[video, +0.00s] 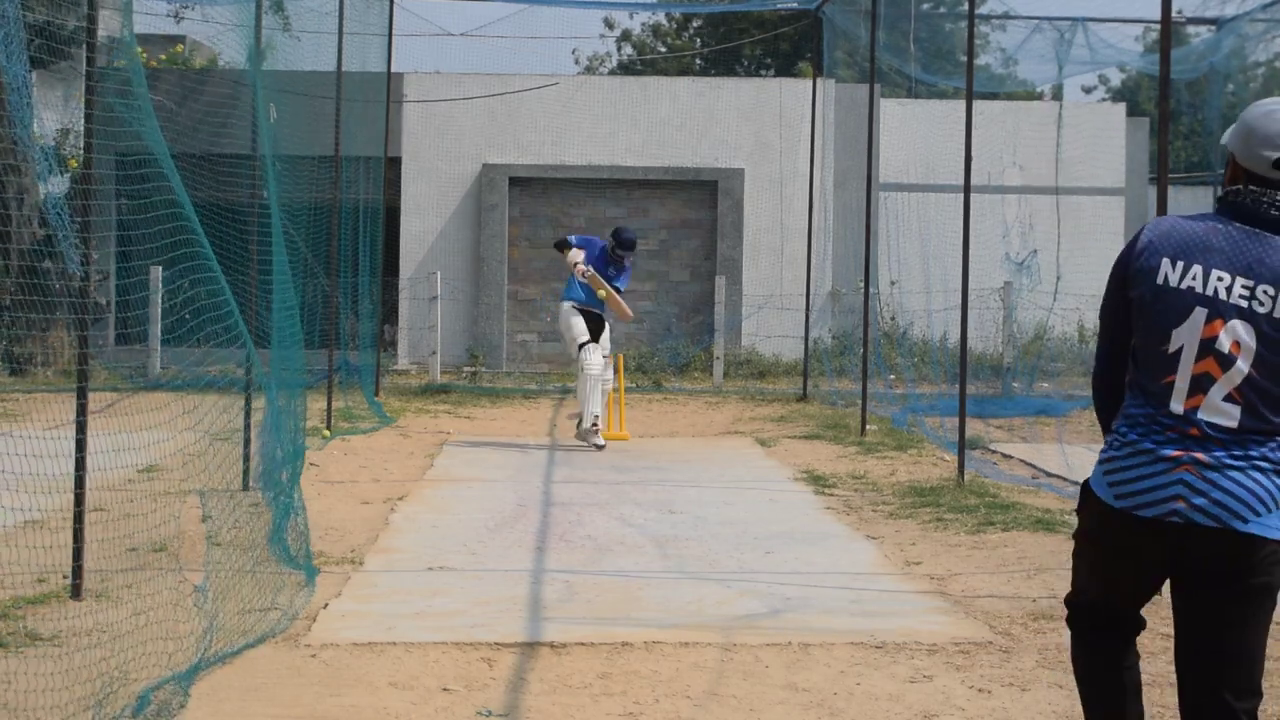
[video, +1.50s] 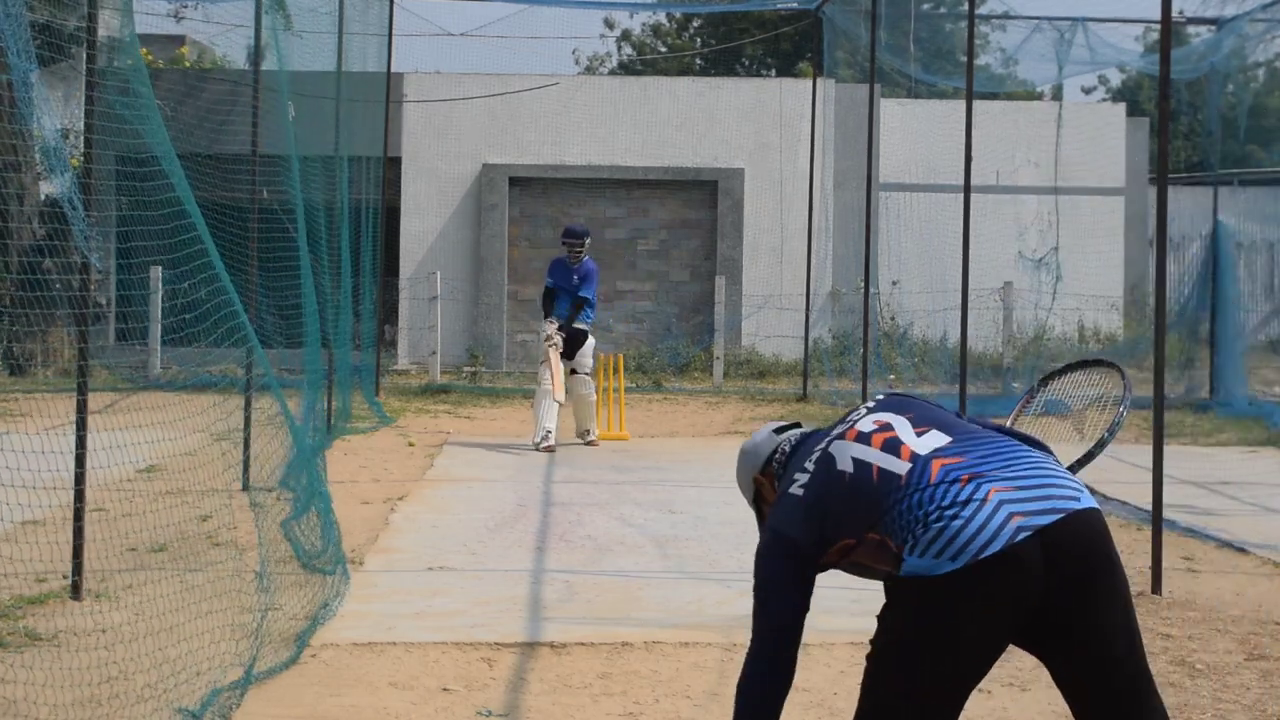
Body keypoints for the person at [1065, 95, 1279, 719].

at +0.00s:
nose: (1231, 170)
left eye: (1232, 162)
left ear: (1231, 169)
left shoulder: (1157, 240)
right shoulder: (1277, 264)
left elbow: (1109, 377)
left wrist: (1136, 456)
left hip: (1130, 501)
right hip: (1246, 519)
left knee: (1101, 621)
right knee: (1224, 700)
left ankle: (1116, 716)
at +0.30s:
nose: (1190, 174)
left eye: (1194, 166)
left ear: (1202, 171)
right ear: (1273, 183)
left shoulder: (1139, 246)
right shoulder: (1277, 263)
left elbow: (1082, 381)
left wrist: (1130, 454)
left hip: (1124, 514)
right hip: (1240, 522)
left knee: (1103, 704)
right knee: (1220, 705)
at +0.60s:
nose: (1114, 214)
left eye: (1116, 199)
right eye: (1112, 201)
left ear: (1139, 187)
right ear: (1190, 187)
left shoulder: (1114, 251)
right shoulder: (1254, 273)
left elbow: (1066, 386)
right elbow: (1252, 401)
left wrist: (1114, 457)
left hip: (1127, 512)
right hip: (1230, 517)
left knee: (1056, 696)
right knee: (1201, 701)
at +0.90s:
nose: (1007, 261)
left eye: (1006, 246)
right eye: (1002, 250)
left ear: (1028, 220)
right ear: (1084, 217)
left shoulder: (1019, 280)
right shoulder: (1159, 281)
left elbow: (989, 416)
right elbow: (1193, 409)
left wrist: (954, 536)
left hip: (1082, 523)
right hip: (1187, 524)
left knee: (994, 705)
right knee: (1173, 707)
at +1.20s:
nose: (835, 411)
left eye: (831, 397)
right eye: (831, 399)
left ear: (843, 374)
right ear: (898, 343)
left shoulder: (848, 423)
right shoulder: (980, 350)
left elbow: (815, 569)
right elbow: (1076, 428)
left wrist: (772, 700)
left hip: (996, 557)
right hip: (1118, 539)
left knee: (922, 710)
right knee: (1146, 709)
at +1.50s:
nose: (767, 522)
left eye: (760, 507)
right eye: (759, 510)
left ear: (770, 481)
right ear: (803, 442)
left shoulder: (791, 512)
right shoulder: (894, 408)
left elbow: (769, 664)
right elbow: (1031, 448)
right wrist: (902, 564)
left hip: (962, 561)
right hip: (1075, 529)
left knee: (896, 709)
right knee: (1129, 705)